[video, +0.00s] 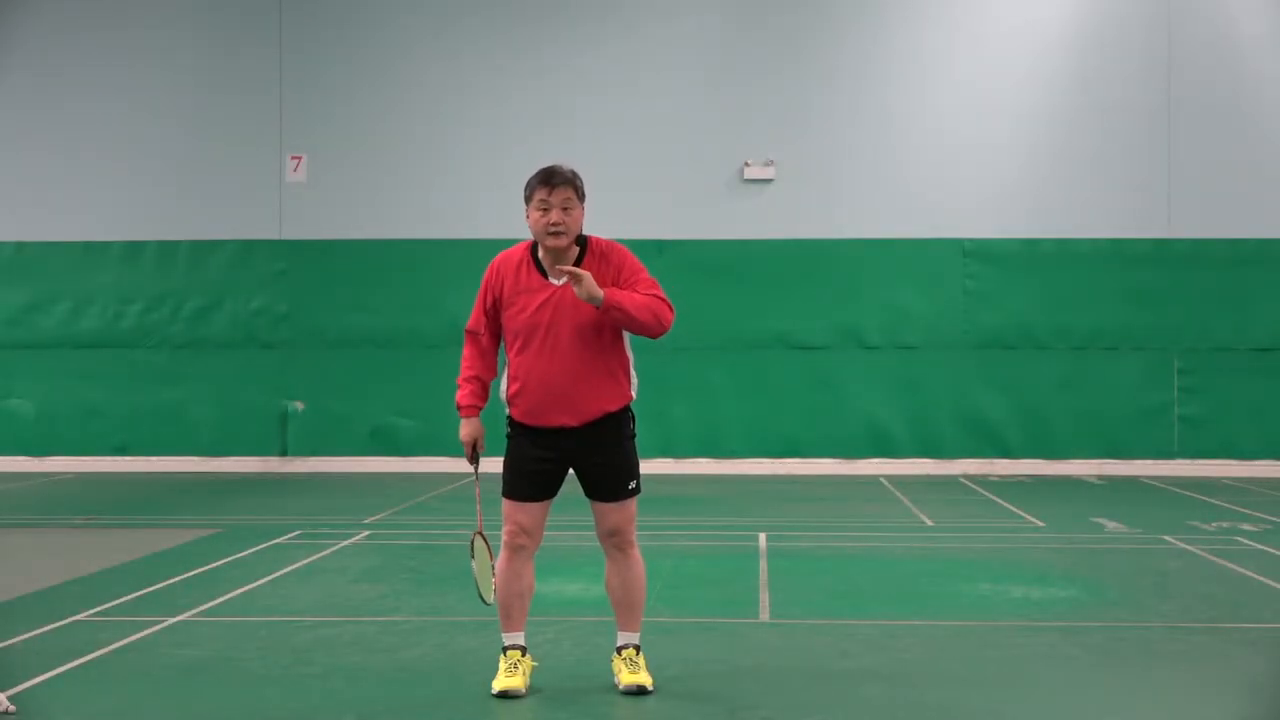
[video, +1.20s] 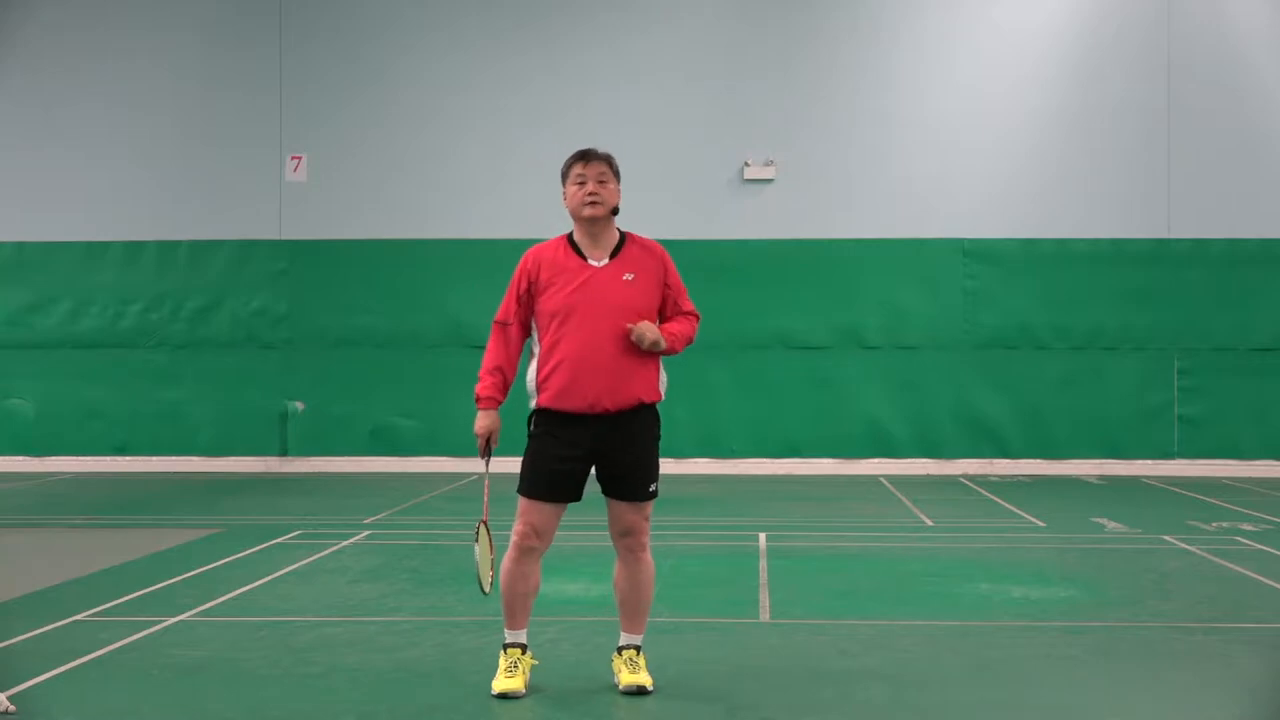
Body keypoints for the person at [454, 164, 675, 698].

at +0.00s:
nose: (555, 218)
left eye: (565, 207)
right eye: (543, 208)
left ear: (582, 212)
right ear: (528, 215)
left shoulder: (611, 258)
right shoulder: (504, 269)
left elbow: (659, 317)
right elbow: (480, 339)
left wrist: (603, 298)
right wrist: (470, 411)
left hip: (605, 425)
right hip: (532, 428)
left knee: (619, 537)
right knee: (517, 537)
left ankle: (629, 650)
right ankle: (513, 651)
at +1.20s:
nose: (590, 188)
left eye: (601, 180)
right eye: (579, 181)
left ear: (619, 195)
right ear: (564, 197)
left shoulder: (652, 258)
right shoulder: (539, 261)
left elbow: (686, 319)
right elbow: (507, 331)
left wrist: (663, 336)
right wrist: (488, 404)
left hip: (632, 420)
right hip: (558, 420)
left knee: (633, 538)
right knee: (528, 537)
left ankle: (631, 650)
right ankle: (514, 649)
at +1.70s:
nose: (639, 188)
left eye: (649, 180)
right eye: (628, 181)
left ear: (667, 194)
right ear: (611, 196)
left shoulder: (694, 261)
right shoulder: (582, 257)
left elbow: (714, 335)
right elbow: (549, 329)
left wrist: (706, 345)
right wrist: (535, 400)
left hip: (667, 419)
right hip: (596, 415)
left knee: (650, 543)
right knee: (583, 537)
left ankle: (634, 650)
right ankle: (579, 651)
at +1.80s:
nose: (643, 187)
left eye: (653, 179)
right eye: (632, 180)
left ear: (671, 191)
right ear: (615, 193)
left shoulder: (695, 259)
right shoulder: (584, 257)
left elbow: (719, 339)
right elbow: (549, 330)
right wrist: (536, 400)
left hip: (671, 419)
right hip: (600, 416)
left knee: (655, 538)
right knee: (595, 536)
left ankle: (636, 649)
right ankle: (600, 653)